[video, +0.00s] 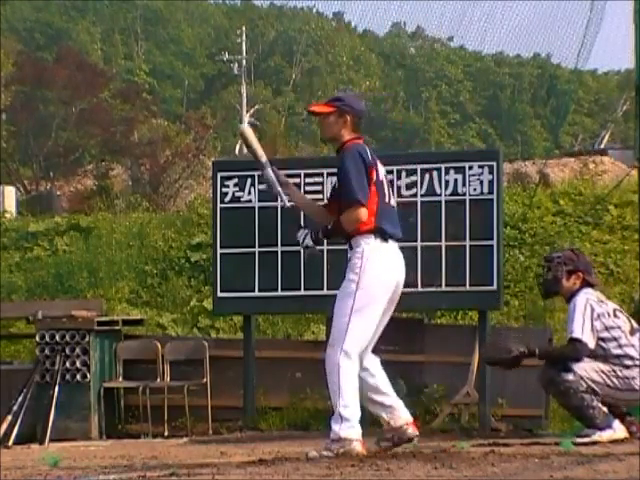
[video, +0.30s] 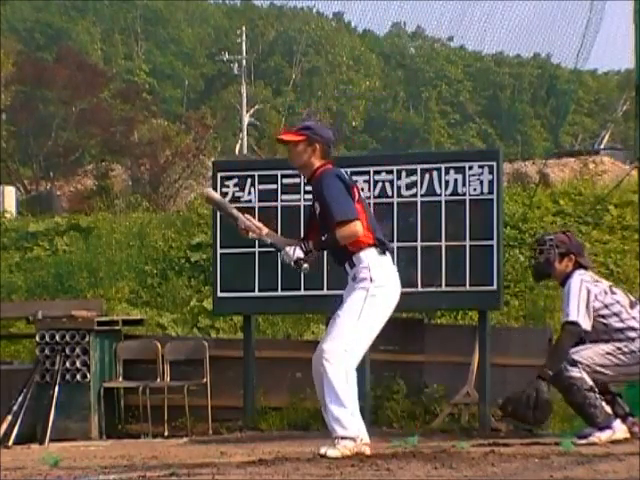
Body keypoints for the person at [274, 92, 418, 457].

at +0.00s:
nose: (320, 122)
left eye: (325, 116)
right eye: (320, 117)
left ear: (345, 120)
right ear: (346, 121)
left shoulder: (351, 153)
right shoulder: (362, 155)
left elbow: (360, 217)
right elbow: (328, 215)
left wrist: (328, 229)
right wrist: (289, 190)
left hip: (370, 257)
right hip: (390, 257)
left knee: (340, 350)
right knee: (358, 350)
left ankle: (346, 437)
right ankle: (400, 423)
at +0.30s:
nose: (289, 152)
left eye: (294, 146)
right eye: (289, 146)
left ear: (314, 149)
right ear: (309, 150)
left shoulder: (328, 179)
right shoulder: (321, 185)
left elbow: (353, 229)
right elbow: (309, 246)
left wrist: (312, 247)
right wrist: (266, 233)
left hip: (374, 275)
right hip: (365, 277)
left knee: (333, 353)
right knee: (324, 357)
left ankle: (352, 438)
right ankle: (349, 437)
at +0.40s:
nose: (280, 165)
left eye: (285, 159)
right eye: (280, 159)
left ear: (305, 161)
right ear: (303, 162)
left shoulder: (319, 190)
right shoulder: (314, 196)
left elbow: (339, 237)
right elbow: (314, 261)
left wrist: (304, 254)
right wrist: (290, 262)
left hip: (374, 284)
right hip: (366, 285)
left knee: (330, 356)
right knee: (322, 360)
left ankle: (351, 438)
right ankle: (351, 437)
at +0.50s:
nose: (274, 176)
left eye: (279, 170)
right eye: (274, 171)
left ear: (298, 172)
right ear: (299, 174)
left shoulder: (313, 199)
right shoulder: (313, 204)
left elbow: (323, 249)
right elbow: (300, 278)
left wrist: (282, 265)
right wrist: (265, 267)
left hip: (374, 288)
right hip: (369, 290)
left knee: (325, 358)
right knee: (322, 361)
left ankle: (351, 438)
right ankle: (351, 436)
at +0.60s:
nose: (268, 188)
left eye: (273, 182)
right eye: (269, 182)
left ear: (293, 185)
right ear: (295, 186)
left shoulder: (307, 210)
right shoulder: (313, 213)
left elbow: (305, 257)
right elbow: (295, 287)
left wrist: (260, 267)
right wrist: (258, 271)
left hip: (376, 292)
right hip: (376, 293)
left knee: (324, 358)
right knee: (321, 360)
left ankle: (350, 437)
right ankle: (351, 436)